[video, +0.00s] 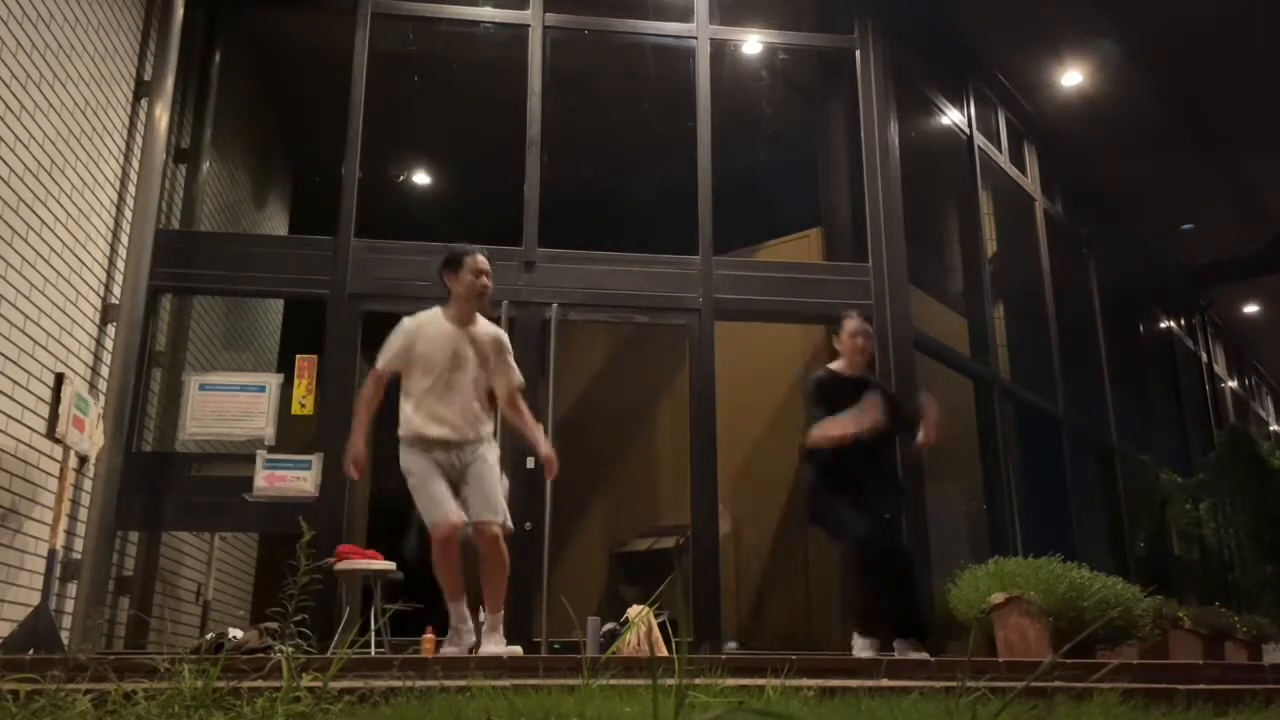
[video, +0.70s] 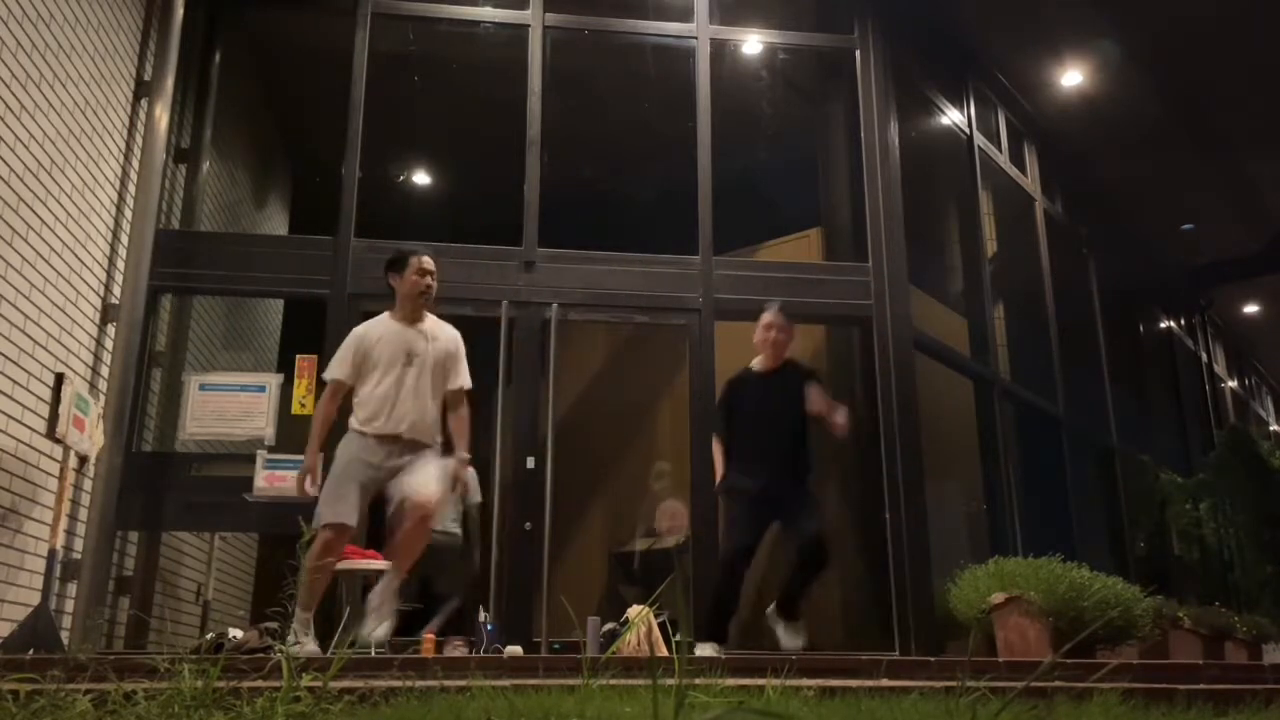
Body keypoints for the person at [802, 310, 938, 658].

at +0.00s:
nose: (863, 343)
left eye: (867, 335)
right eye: (854, 335)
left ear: (874, 341)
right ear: (838, 341)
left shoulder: (877, 385)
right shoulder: (822, 382)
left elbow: (913, 408)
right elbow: (813, 434)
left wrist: (927, 423)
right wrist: (859, 419)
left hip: (879, 486)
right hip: (835, 489)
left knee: (896, 552)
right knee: (866, 545)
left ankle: (905, 637)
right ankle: (864, 633)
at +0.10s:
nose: (867, 346)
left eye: (873, 340)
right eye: (859, 340)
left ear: (880, 349)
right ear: (845, 347)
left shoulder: (881, 401)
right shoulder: (826, 389)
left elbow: (892, 456)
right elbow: (802, 446)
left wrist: (919, 488)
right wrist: (829, 483)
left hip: (877, 492)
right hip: (836, 493)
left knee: (897, 556)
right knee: (867, 540)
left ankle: (905, 639)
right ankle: (845, 615)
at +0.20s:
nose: (851, 330)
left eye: (858, 324)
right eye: (844, 322)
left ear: (868, 334)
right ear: (831, 329)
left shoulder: (872, 384)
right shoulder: (809, 373)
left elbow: (883, 437)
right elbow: (766, 416)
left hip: (862, 478)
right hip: (816, 474)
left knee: (884, 551)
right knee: (831, 520)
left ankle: (904, 637)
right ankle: (801, 599)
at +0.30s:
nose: (828, 310)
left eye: (835, 303)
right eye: (820, 302)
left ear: (845, 310)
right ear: (807, 308)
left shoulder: (853, 360)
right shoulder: (784, 353)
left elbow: (867, 408)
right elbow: (738, 378)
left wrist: (873, 447)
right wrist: (742, 422)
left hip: (839, 456)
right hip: (789, 456)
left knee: (871, 532)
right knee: (788, 515)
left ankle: (889, 626)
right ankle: (755, 608)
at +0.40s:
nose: (801, 309)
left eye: (808, 302)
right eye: (795, 302)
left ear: (819, 309)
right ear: (782, 308)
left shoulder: (834, 357)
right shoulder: (760, 356)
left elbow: (845, 404)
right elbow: (721, 384)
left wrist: (848, 437)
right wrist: (728, 426)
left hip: (820, 459)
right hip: (769, 460)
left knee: (856, 529)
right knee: (755, 534)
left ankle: (845, 612)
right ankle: (722, 625)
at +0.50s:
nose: (777, 328)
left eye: (784, 321)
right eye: (770, 320)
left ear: (795, 329)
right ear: (757, 328)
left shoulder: (812, 376)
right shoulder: (743, 378)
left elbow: (827, 425)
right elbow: (715, 422)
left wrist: (836, 462)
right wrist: (719, 463)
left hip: (804, 479)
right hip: (753, 480)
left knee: (825, 554)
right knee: (734, 558)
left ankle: (799, 620)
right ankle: (711, 638)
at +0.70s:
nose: (774, 335)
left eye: (781, 330)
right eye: (768, 328)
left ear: (791, 337)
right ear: (756, 335)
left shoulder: (803, 380)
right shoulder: (738, 385)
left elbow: (841, 424)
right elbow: (718, 433)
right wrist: (721, 477)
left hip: (792, 484)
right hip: (746, 486)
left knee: (815, 549)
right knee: (734, 558)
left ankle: (785, 612)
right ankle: (712, 639)